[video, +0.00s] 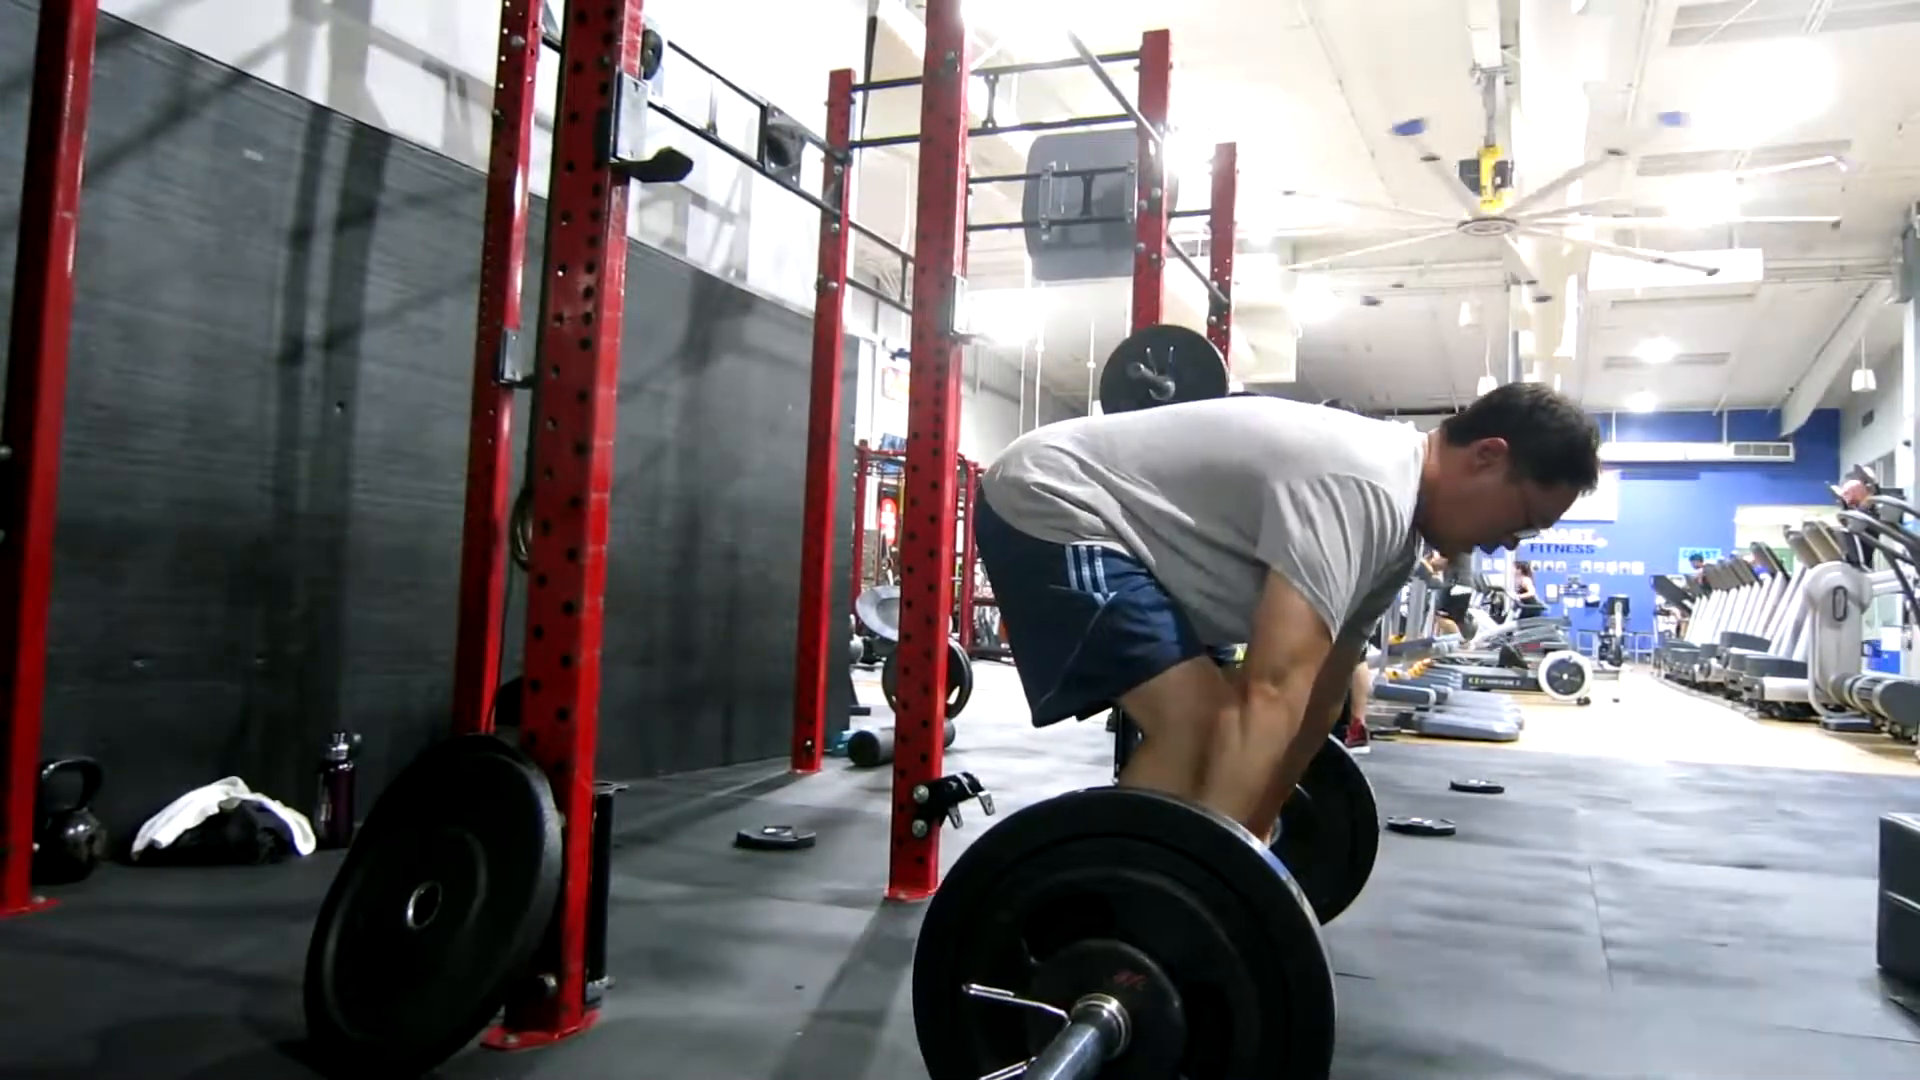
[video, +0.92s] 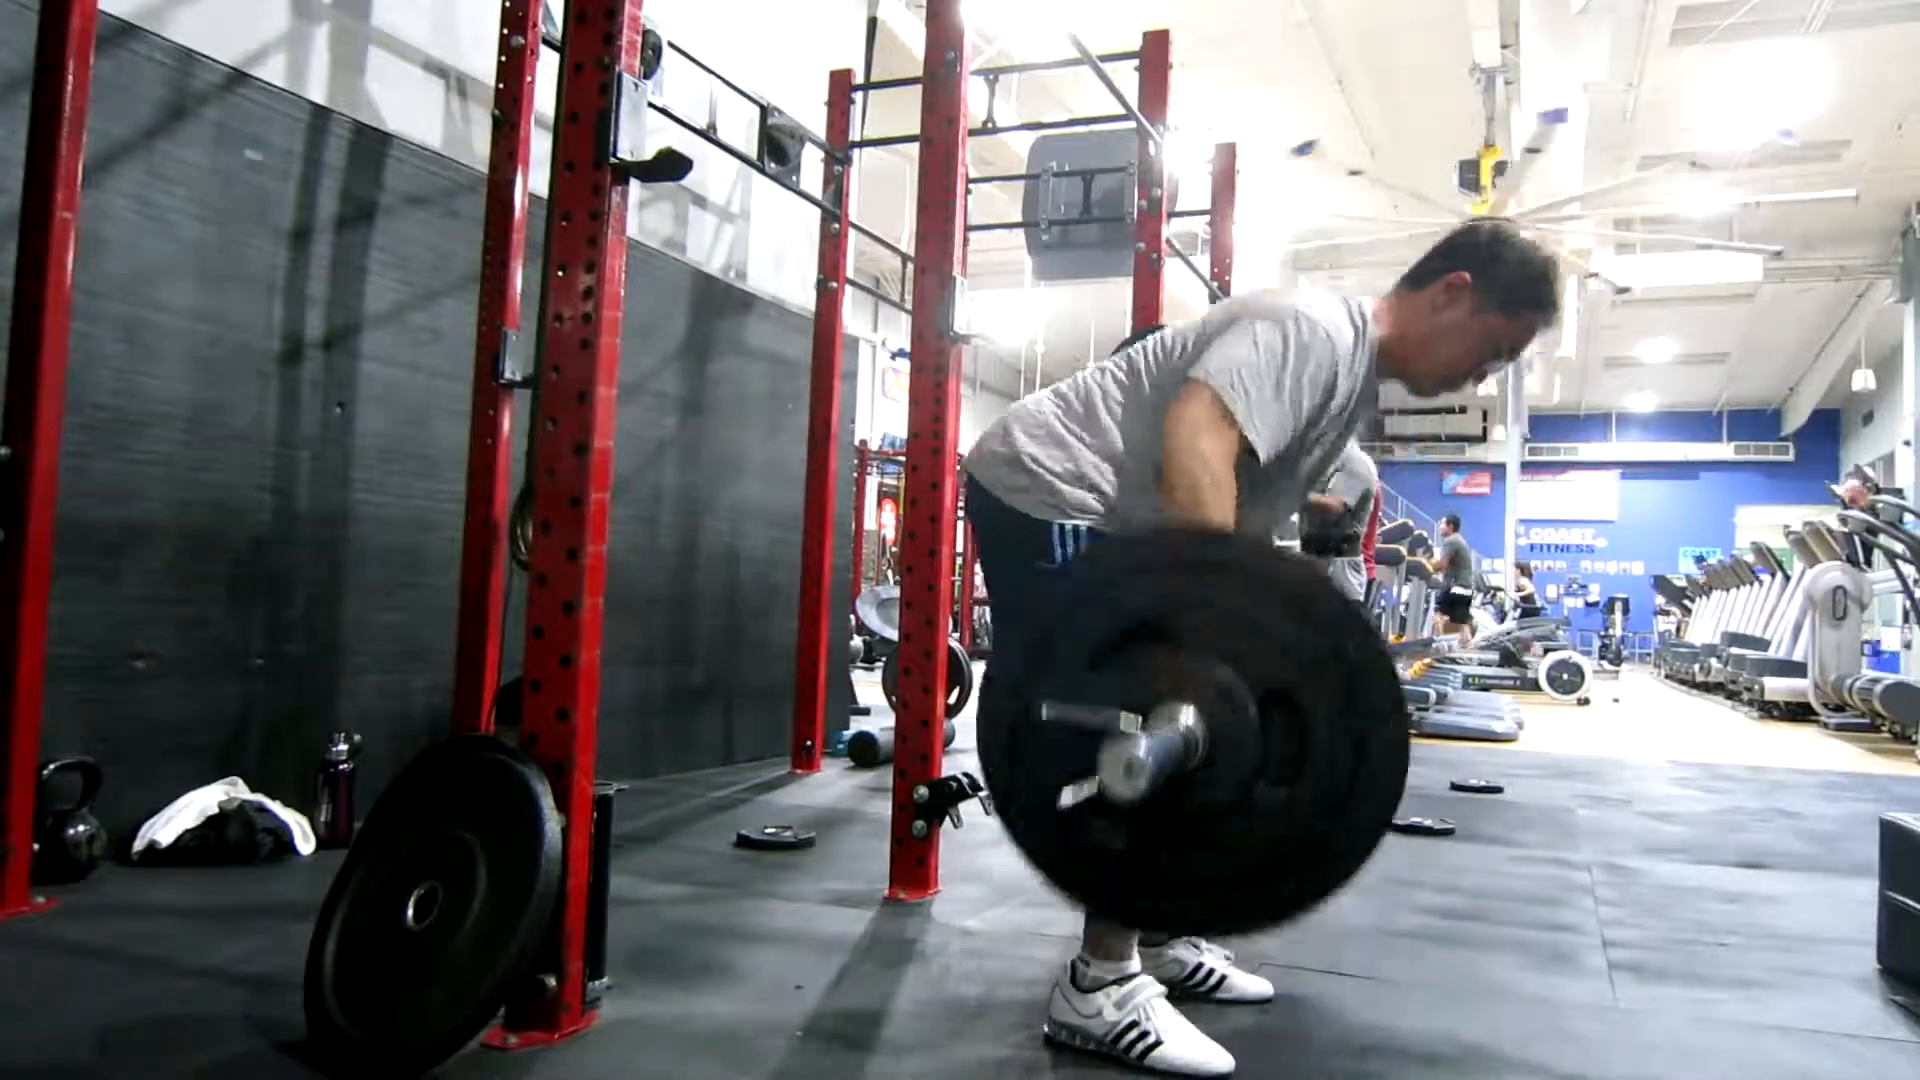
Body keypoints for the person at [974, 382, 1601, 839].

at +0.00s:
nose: (1511, 542)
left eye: (1528, 531)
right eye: (1522, 520)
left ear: (1488, 458)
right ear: (1488, 458)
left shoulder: (1401, 523)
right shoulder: (1358, 486)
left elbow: (1324, 689)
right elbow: (1269, 688)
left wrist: (1239, 849)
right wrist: (1216, 875)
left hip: (1116, 523)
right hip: (1055, 499)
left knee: (1214, 720)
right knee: (1199, 718)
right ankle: (1127, 927)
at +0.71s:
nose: (1480, 467)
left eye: (1498, 454)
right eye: (1491, 442)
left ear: (1451, 387)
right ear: (1452, 384)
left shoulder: (1352, 476)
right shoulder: (1304, 417)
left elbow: (1269, 623)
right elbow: (1206, 597)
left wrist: (1265, 782)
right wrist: (1224, 794)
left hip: (1106, 536)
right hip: (1037, 503)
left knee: (1229, 708)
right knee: (1184, 724)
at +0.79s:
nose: (1483, 434)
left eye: (1499, 421)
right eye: (1491, 408)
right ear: (1450, 352)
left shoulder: (1350, 447)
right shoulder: (1306, 389)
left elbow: (1260, 590)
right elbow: (1200, 540)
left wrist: (1267, 742)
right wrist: (1213, 738)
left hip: (1109, 531)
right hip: (1043, 501)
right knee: (1108, 754)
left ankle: (1141, 1000)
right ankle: (1100, 1007)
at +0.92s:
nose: (1483, 379)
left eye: (1500, 364)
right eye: (1494, 353)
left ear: (1453, 298)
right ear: (1452, 293)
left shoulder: (1349, 396)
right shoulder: (1312, 333)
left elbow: (1254, 518)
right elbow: (1196, 436)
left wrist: (1274, 640)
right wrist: (1214, 625)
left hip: (1114, 508)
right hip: (1047, 488)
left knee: (1175, 719)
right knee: (1124, 730)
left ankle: (1161, 939)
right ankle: (1099, 979)